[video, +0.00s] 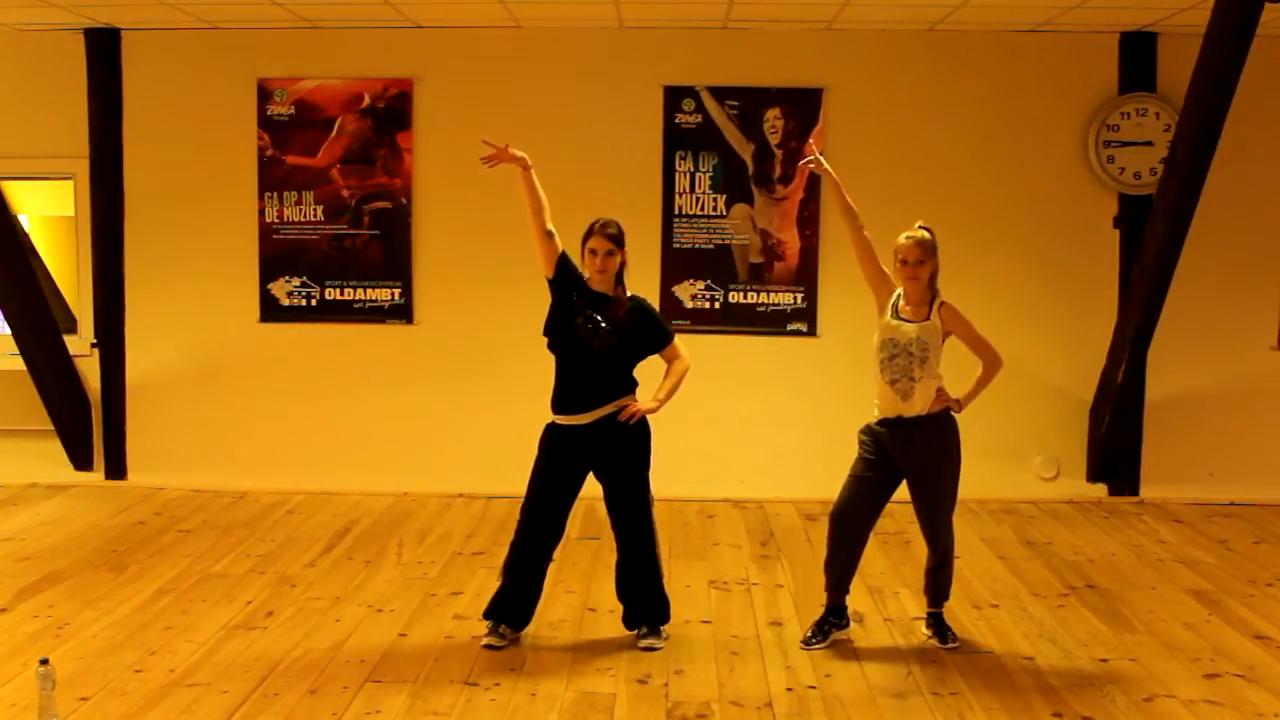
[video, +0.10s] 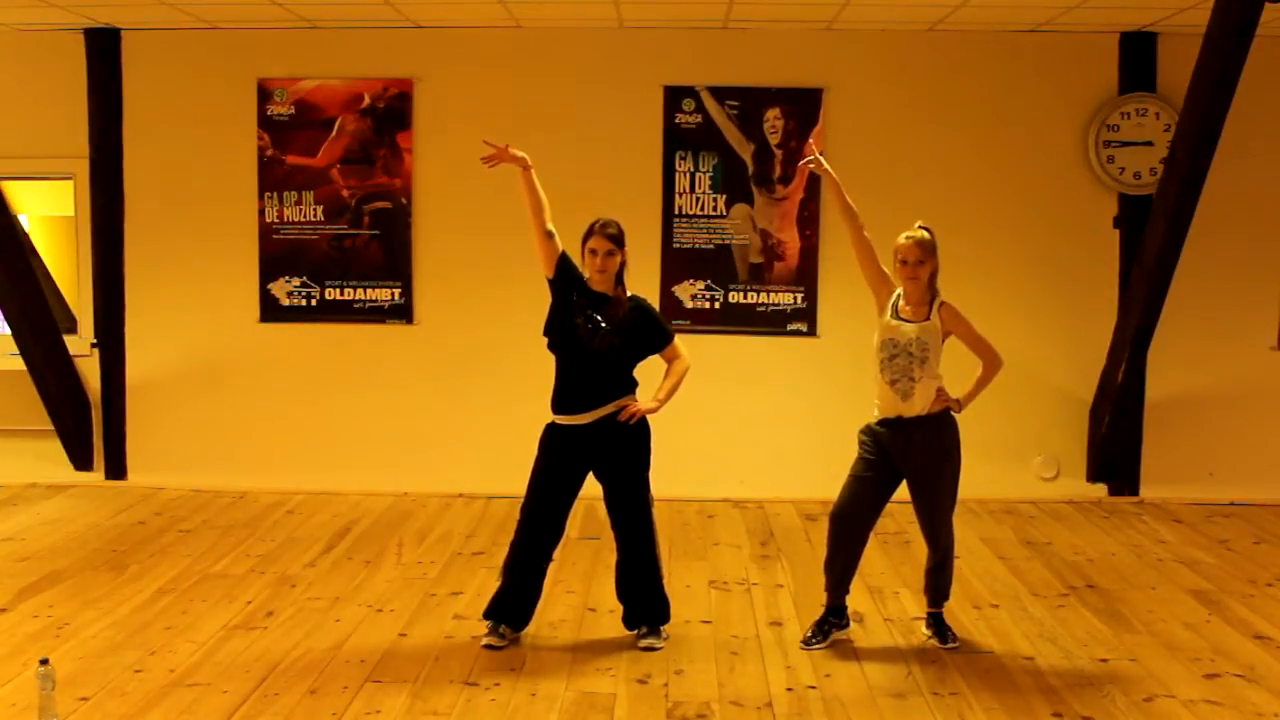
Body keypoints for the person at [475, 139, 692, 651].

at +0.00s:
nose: (598, 261)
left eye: (607, 254)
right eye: (593, 252)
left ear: (622, 259)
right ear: (583, 255)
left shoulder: (637, 312)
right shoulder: (567, 290)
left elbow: (679, 362)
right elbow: (543, 228)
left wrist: (653, 401)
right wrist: (525, 168)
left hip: (621, 432)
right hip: (565, 434)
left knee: (635, 528)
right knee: (536, 527)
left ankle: (650, 620)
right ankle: (506, 620)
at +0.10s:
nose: (598, 261)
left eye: (607, 254)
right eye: (593, 253)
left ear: (622, 259)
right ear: (583, 255)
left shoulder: (637, 312)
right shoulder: (567, 289)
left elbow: (679, 362)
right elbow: (543, 227)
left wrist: (654, 401)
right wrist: (525, 167)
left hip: (621, 432)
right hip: (565, 434)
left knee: (634, 528)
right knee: (536, 527)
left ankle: (649, 620)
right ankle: (506, 619)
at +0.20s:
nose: (598, 260)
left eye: (607, 254)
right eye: (593, 252)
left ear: (622, 259)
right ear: (583, 255)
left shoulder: (637, 312)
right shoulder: (567, 290)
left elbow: (679, 362)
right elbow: (543, 228)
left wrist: (653, 401)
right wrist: (526, 168)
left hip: (621, 432)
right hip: (565, 434)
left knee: (634, 528)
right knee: (536, 527)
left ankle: (649, 620)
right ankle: (506, 619)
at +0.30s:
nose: (599, 260)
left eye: (608, 253)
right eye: (593, 252)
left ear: (622, 259)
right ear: (583, 255)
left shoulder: (636, 311)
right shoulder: (567, 289)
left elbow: (679, 361)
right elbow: (543, 229)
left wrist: (654, 401)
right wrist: (527, 168)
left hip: (621, 432)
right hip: (565, 433)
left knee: (634, 529)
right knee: (536, 527)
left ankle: (648, 620)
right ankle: (506, 619)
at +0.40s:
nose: (599, 260)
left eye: (608, 253)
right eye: (593, 252)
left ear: (622, 259)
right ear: (583, 254)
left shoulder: (636, 311)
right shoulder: (567, 289)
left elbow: (679, 361)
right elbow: (543, 229)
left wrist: (654, 401)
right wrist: (527, 168)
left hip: (621, 432)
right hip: (565, 433)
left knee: (634, 528)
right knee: (536, 527)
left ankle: (649, 620)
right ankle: (506, 619)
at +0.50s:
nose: (598, 259)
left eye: (607, 253)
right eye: (593, 251)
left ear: (621, 258)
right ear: (583, 254)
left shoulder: (636, 311)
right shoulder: (567, 289)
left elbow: (680, 361)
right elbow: (543, 228)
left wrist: (653, 401)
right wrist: (526, 167)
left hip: (621, 432)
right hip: (565, 433)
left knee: (634, 529)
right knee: (536, 527)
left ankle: (648, 620)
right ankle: (506, 619)